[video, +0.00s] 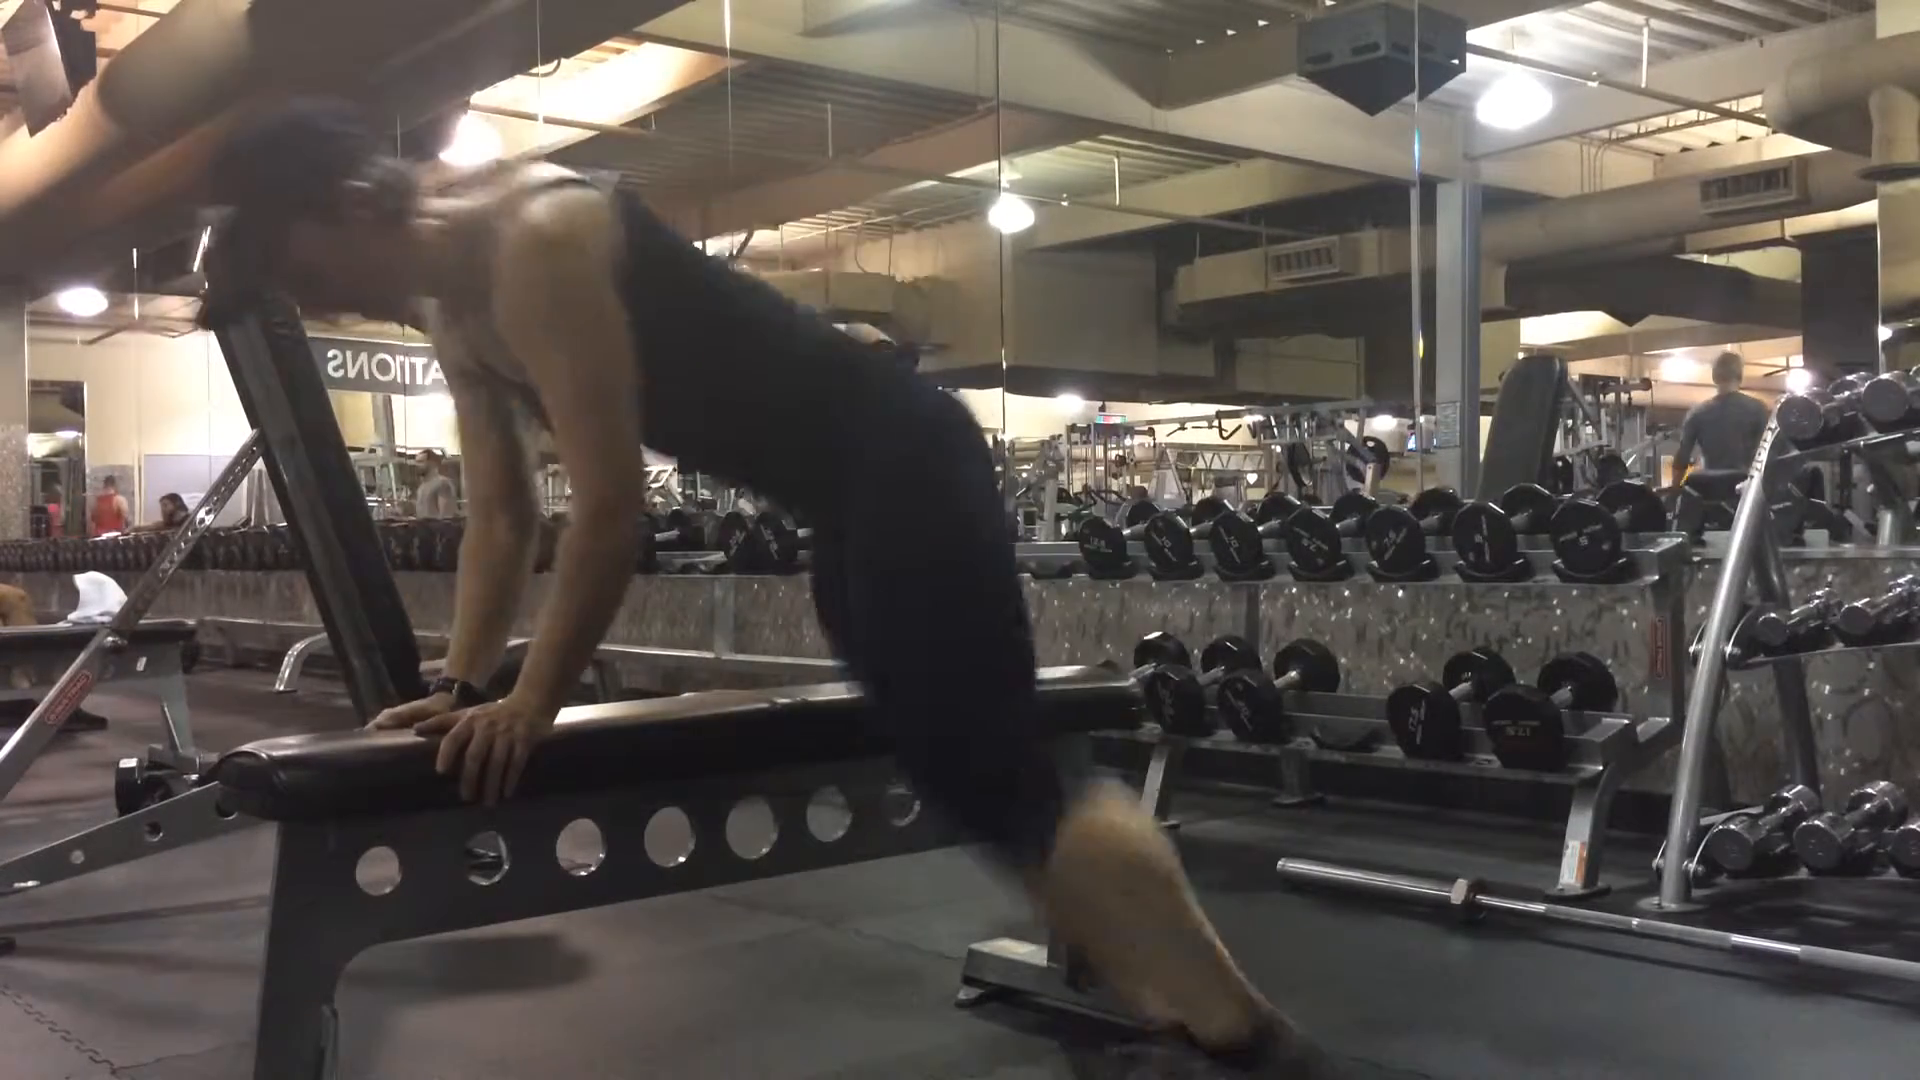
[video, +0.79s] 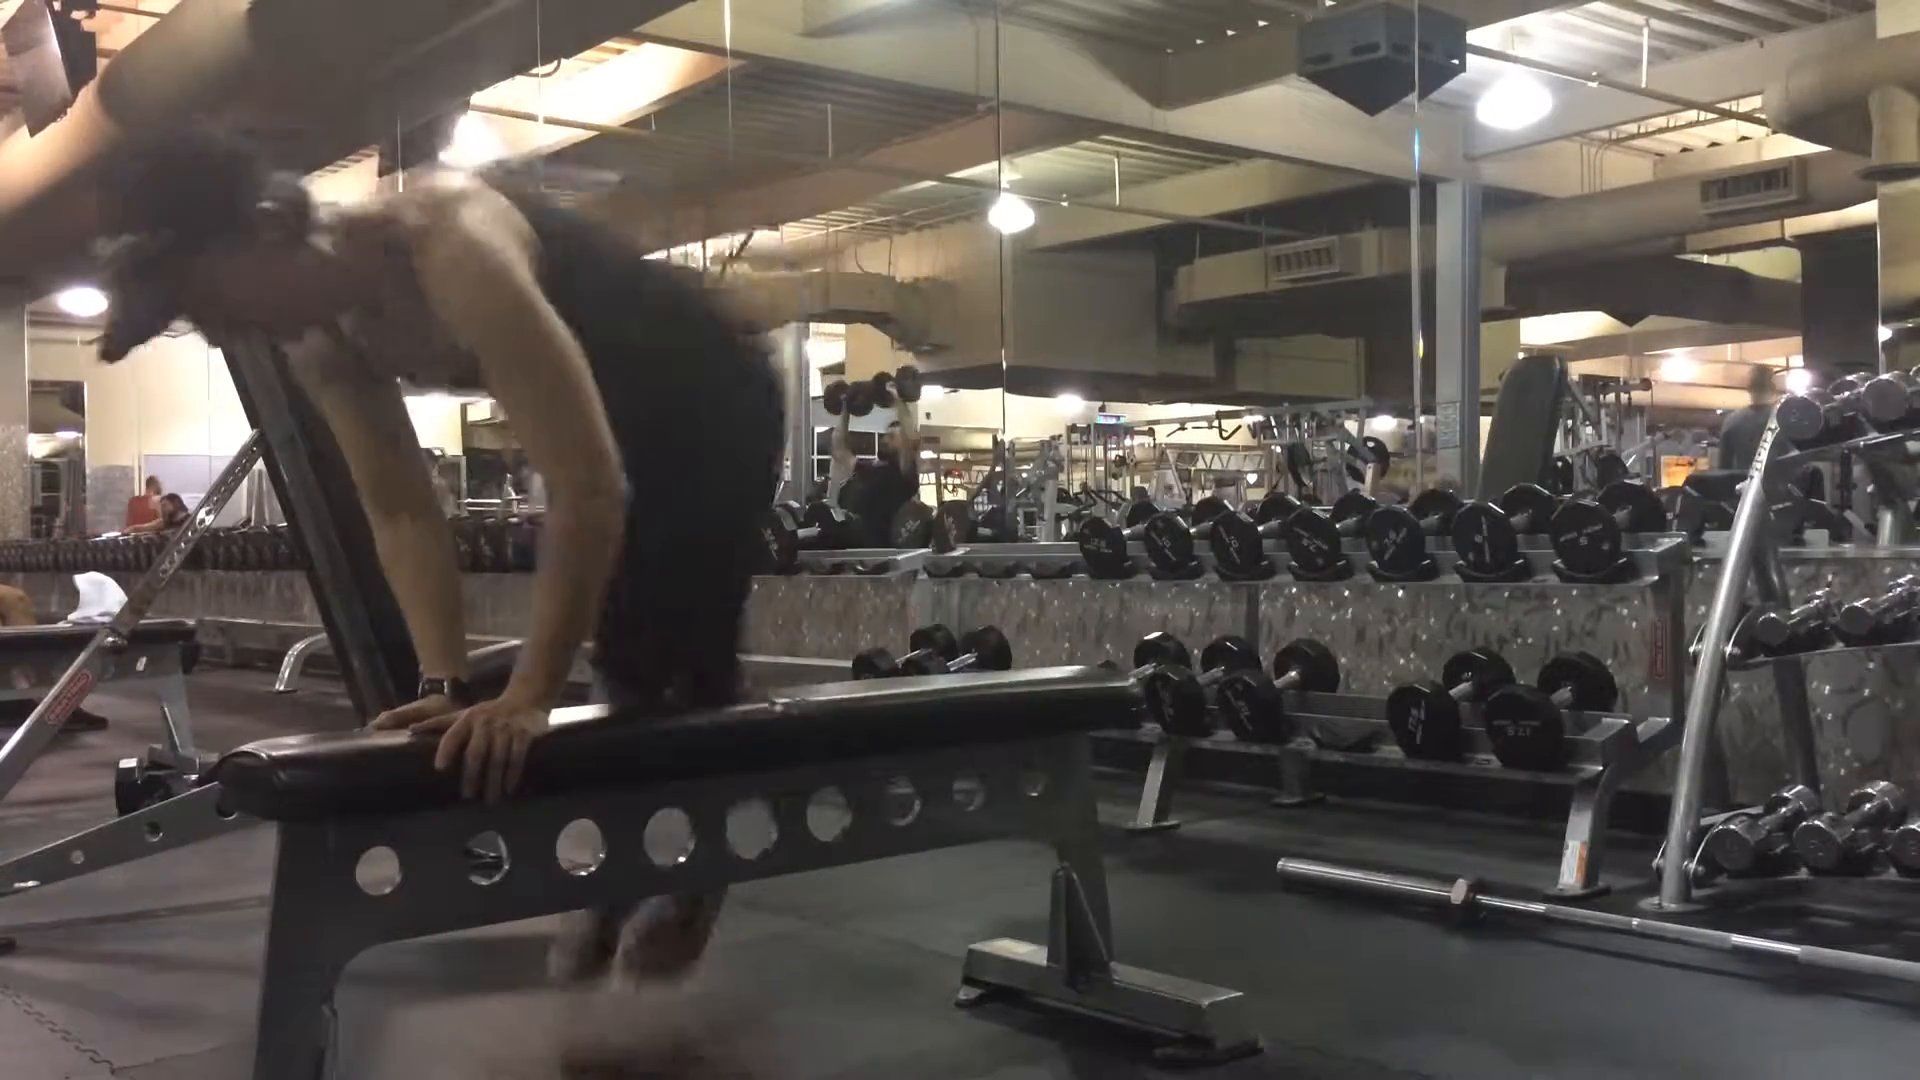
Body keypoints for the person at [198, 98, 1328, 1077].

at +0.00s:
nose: (333, 313)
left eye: (316, 284)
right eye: (310, 298)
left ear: (353, 216)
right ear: (347, 226)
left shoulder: (540, 245)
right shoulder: (457, 295)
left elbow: (610, 511)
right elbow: (496, 504)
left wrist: (529, 705)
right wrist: (457, 681)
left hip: (898, 451)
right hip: (849, 483)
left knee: (1003, 781)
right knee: (977, 773)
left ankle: (1234, 1024)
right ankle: (1162, 997)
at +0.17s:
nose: (247, 329)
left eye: (227, 302)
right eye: (222, 318)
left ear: (268, 219)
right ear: (268, 222)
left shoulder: (455, 208)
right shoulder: (372, 284)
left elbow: (528, 461)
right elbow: (433, 482)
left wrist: (525, 689)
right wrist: (446, 675)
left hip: (814, 199)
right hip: (756, 242)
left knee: (819, 524)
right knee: (800, 528)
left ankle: (1089, 602)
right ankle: (1077, 591)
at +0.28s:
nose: (255, 343)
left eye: (236, 315)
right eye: (229, 329)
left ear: (282, 233)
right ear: (278, 236)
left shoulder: (462, 218)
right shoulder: (379, 281)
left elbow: (537, 473)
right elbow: (427, 490)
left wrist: (524, 698)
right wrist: (446, 680)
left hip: (807, 201)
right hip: (729, 232)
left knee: (715, 501)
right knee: (683, 504)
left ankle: (923, 387)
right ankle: (899, 382)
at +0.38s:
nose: (248, 338)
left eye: (235, 308)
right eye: (226, 325)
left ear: (286, 229)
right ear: (286, 237)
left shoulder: (464, 215)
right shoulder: (373, 306)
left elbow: (542, 475)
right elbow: (425, 495)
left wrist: (527, 697)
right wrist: (449, 682)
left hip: (781, 230)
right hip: (685, 262)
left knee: (650, 504)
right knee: (596, 498)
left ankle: (844, 472)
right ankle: (826, 473)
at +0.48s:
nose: (237, 329)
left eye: (228, 297)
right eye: (216, 312)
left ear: (284, 220)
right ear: (284, 222)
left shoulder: (470, 213)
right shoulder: (354, 310)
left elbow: (561, 473)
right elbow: (414, 492)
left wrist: (527, 694)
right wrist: (447, 682)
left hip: (747, 294)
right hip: (632, 327)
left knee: (647, 576)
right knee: (599, 572)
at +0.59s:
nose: (252, 327)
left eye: (243, 293)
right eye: (230, 312)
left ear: (301, 220)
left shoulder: (499, 246)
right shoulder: (348, 333)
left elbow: (615, 490)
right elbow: (414, 500)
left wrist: (535, 693)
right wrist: (445, 683)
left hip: (703, 433)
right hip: (583, 450)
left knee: (632, 686)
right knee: (561, 691)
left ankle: (687, 900)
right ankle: (624, 900)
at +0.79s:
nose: (228, 337)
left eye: (217, 308)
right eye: (206, 326)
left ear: (274, 227)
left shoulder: (456, 241)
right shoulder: (317, 329)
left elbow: (589, 482)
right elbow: (400, 506)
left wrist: (531, 692)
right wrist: (442, 681)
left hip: (708, 390)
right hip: (604, 417)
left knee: (673, 655)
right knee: (610, 655)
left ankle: (695, 851)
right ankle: (613, 861)